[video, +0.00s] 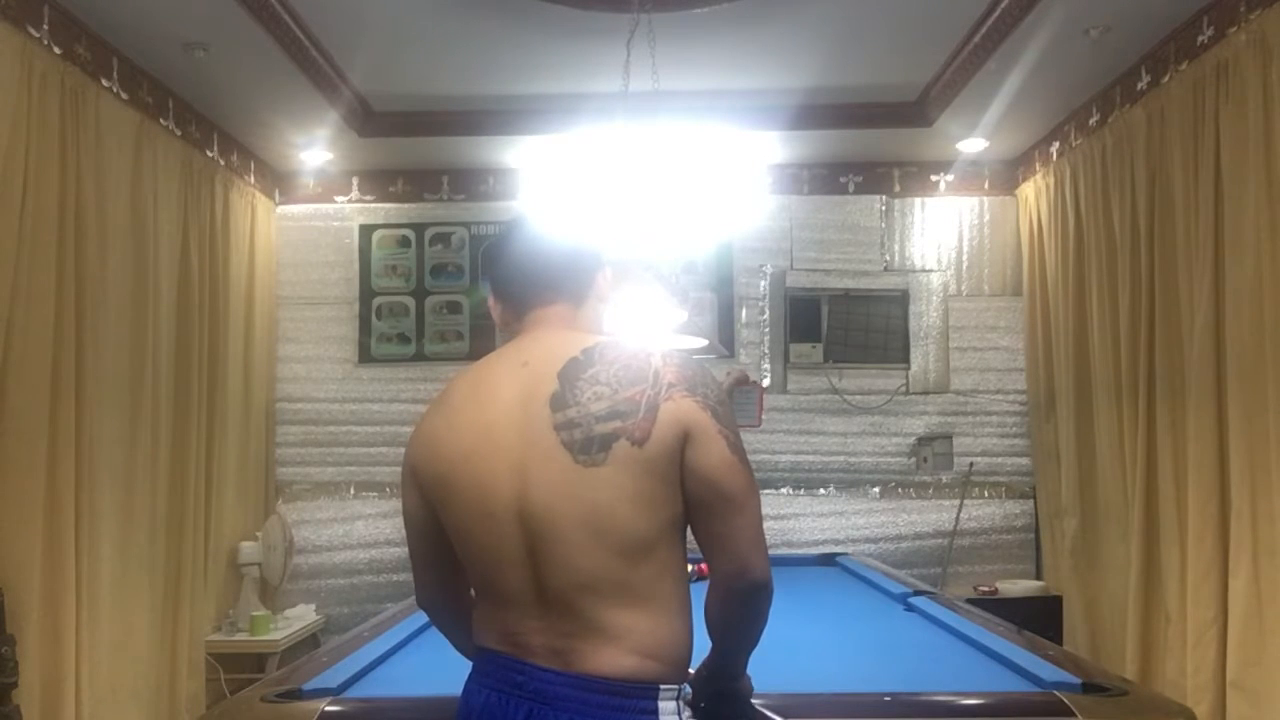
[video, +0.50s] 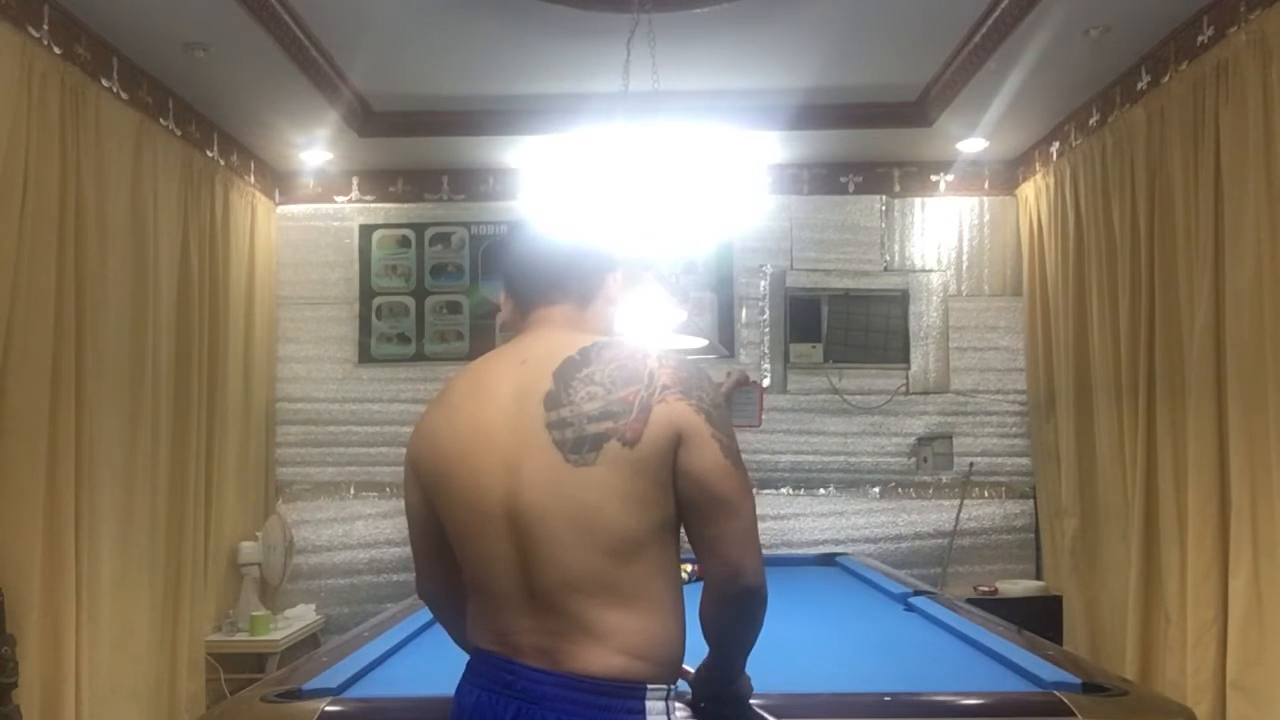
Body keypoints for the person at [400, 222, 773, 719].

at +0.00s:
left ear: (496, 308)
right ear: (603, 282)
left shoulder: (441, 415)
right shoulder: (672, 383)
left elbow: (438, 594)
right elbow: (746, 575)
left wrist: (501, 664)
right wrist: (725, 673)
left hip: (493, 699)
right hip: (637, 702)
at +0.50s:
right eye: (630, 282)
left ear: (507, 303)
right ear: (613, 285)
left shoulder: (443, 409)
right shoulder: (668, 385)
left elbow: (437, 585)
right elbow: (739, 578)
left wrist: (502, 658)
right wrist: (723, 673)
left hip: (486, 697)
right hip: (626, 703)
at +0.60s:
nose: (499, 309)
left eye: (501, 295)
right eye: (632, 284)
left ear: (509, 298)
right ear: (616, 285)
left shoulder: (444, 407)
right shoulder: (668, 386)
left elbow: (436, 583)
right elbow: (738, 580)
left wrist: (500, 657)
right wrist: (722, 674)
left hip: (485, 697)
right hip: (624, 703)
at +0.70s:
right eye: (635, 284)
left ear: (511, 299)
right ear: (617, 286)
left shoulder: (444, 407)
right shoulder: (666, 386)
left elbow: (436, 583)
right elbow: (737, 579)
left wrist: (501, 656)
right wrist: (722, 674)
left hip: (483, 696)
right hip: (623, 702)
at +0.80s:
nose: (640, 298)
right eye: (636, 284)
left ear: (512, 299)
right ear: (618, 286)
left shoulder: (445, 406)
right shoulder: (665, 386)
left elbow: (436, 583)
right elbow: (737, 581)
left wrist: (500, 656)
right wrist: (722, 675)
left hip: (482, 696)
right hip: (621, 702)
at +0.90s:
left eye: (506, 293)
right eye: (636, 285)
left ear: (513, 296)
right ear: (621, 287)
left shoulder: (444, 406)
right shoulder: (666, 387)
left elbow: (436, 583)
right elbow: (736, 582)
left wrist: (500, 657)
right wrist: (722, 675)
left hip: (481, 696)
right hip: (620, 702)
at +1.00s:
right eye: (639, 290)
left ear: (520, 298)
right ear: (626, 290)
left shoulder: (444, 404)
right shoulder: (664, 387)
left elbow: (436, 583)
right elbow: (734, 584)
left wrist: (498, 656)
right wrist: (722, 675)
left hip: (481, 696)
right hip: (619, 702)